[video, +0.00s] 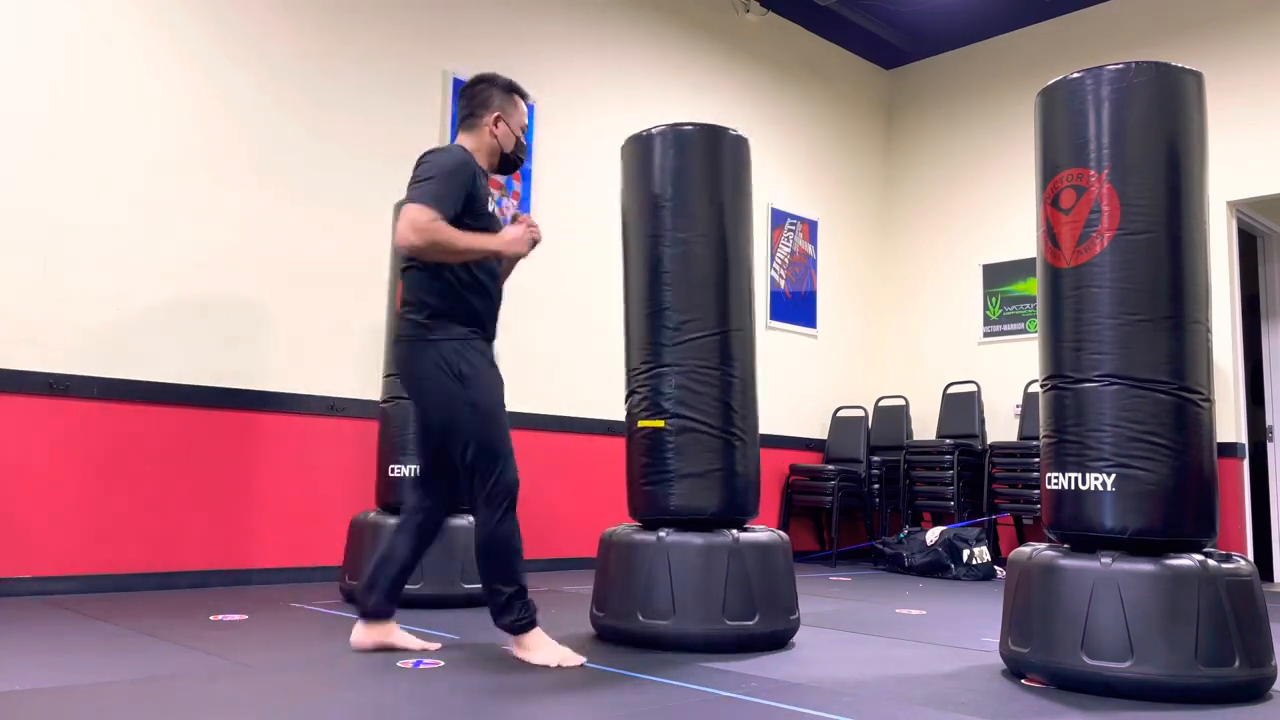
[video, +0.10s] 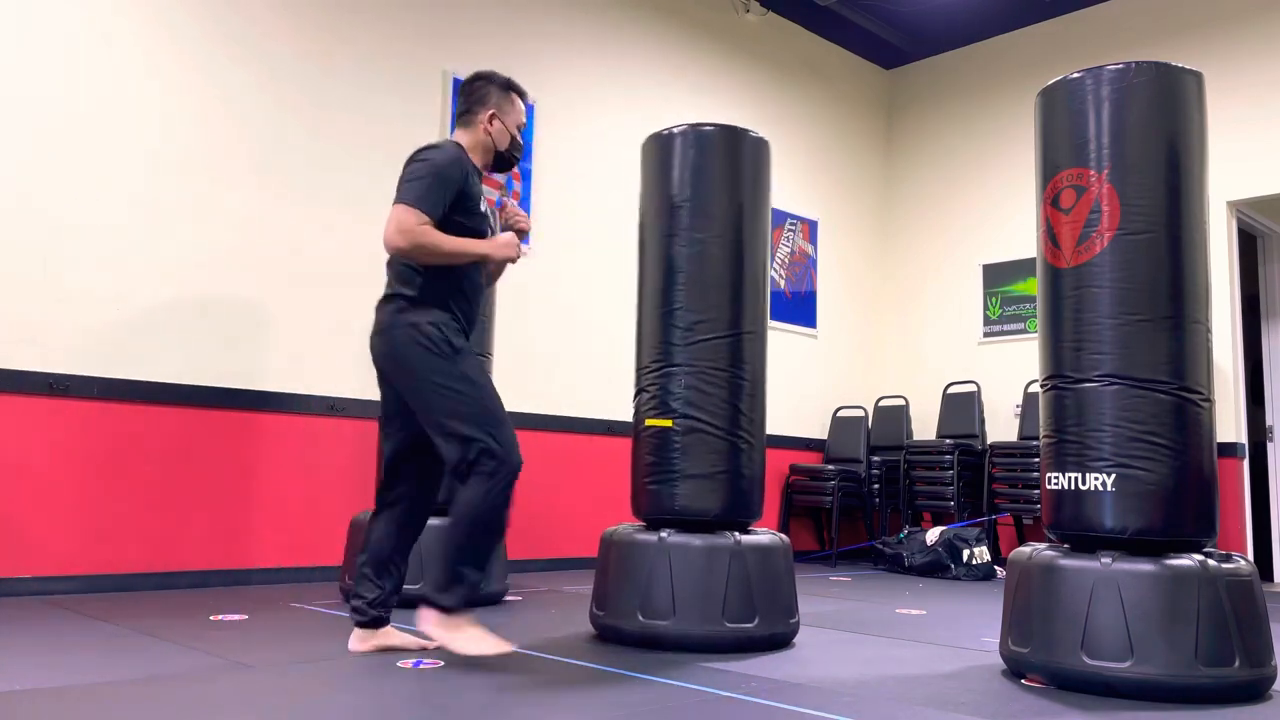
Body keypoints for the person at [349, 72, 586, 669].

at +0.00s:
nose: (522, 140)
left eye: (523, 130)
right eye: (520, 128)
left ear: (483, 123)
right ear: (496, 122)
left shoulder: (474, 183)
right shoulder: (450, 162)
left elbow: (478, 280)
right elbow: (413, 232)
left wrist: (513, 249)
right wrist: (498, 241)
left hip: (447, 348)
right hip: (447, 349)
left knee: (438, 492)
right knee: (496, 485)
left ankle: (375, 620)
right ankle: (522, 631)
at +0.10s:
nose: (519, 140)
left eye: (521, 130)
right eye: (516, 125)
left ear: (483, 122)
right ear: (487, 117)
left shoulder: (470, 183)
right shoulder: (442, 160)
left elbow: (473, 280)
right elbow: (401, 234)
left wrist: (504, 240)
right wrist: (486, 249)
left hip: (420, 333)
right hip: (420, 331)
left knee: (410, 481)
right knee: (494, 457)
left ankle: (370, 622)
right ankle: (446, 611)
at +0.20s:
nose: (510, 133)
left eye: (513, 124)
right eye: (510, 121)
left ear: (473, 111)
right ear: (484, 109)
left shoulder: (456, 162)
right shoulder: (442, 146)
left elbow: (458, 256)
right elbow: (409, 223)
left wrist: (489, 225)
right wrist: (488, 236)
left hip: (410, 325)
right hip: (414, 324)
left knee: (399, 467)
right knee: (455, 468)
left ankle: (372, 619)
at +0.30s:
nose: (505, 136)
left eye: (507, 126)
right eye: (504, 123)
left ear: (469, 115)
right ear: (478, 112)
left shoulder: (450, 167)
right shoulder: (438, 152)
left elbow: (437, 243)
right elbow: (417, 228)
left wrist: (488, 233)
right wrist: (490, 257)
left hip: (428, 336)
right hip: (403, 330)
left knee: (410, 487)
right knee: (385, 485)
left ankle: (370, 626)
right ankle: (291, 639)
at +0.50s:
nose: (506, 132)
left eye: (508, 122)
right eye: (505, 119)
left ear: (466, 111)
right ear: (481, 109)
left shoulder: (457, 174)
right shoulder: (440, 147)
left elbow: (451, 287)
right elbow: (434, 234)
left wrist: (517, 307)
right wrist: (511, 293)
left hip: (432, 346)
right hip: (395, 334)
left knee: (444, 479)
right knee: (351, 484)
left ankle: (401, 609)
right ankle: (286, 645)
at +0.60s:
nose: (506, 137)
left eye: (507, 128)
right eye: (503, 125)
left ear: (465, 118)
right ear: (480, 116)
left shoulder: (455, 178)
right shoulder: (450, 155)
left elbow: (443, 289)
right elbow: (496, 236)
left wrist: (478, 361)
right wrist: (570, 242)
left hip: (441, 350)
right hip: (403, 333)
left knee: (458, 482)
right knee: (351, 487)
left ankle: (439, 621)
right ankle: (287, 648)